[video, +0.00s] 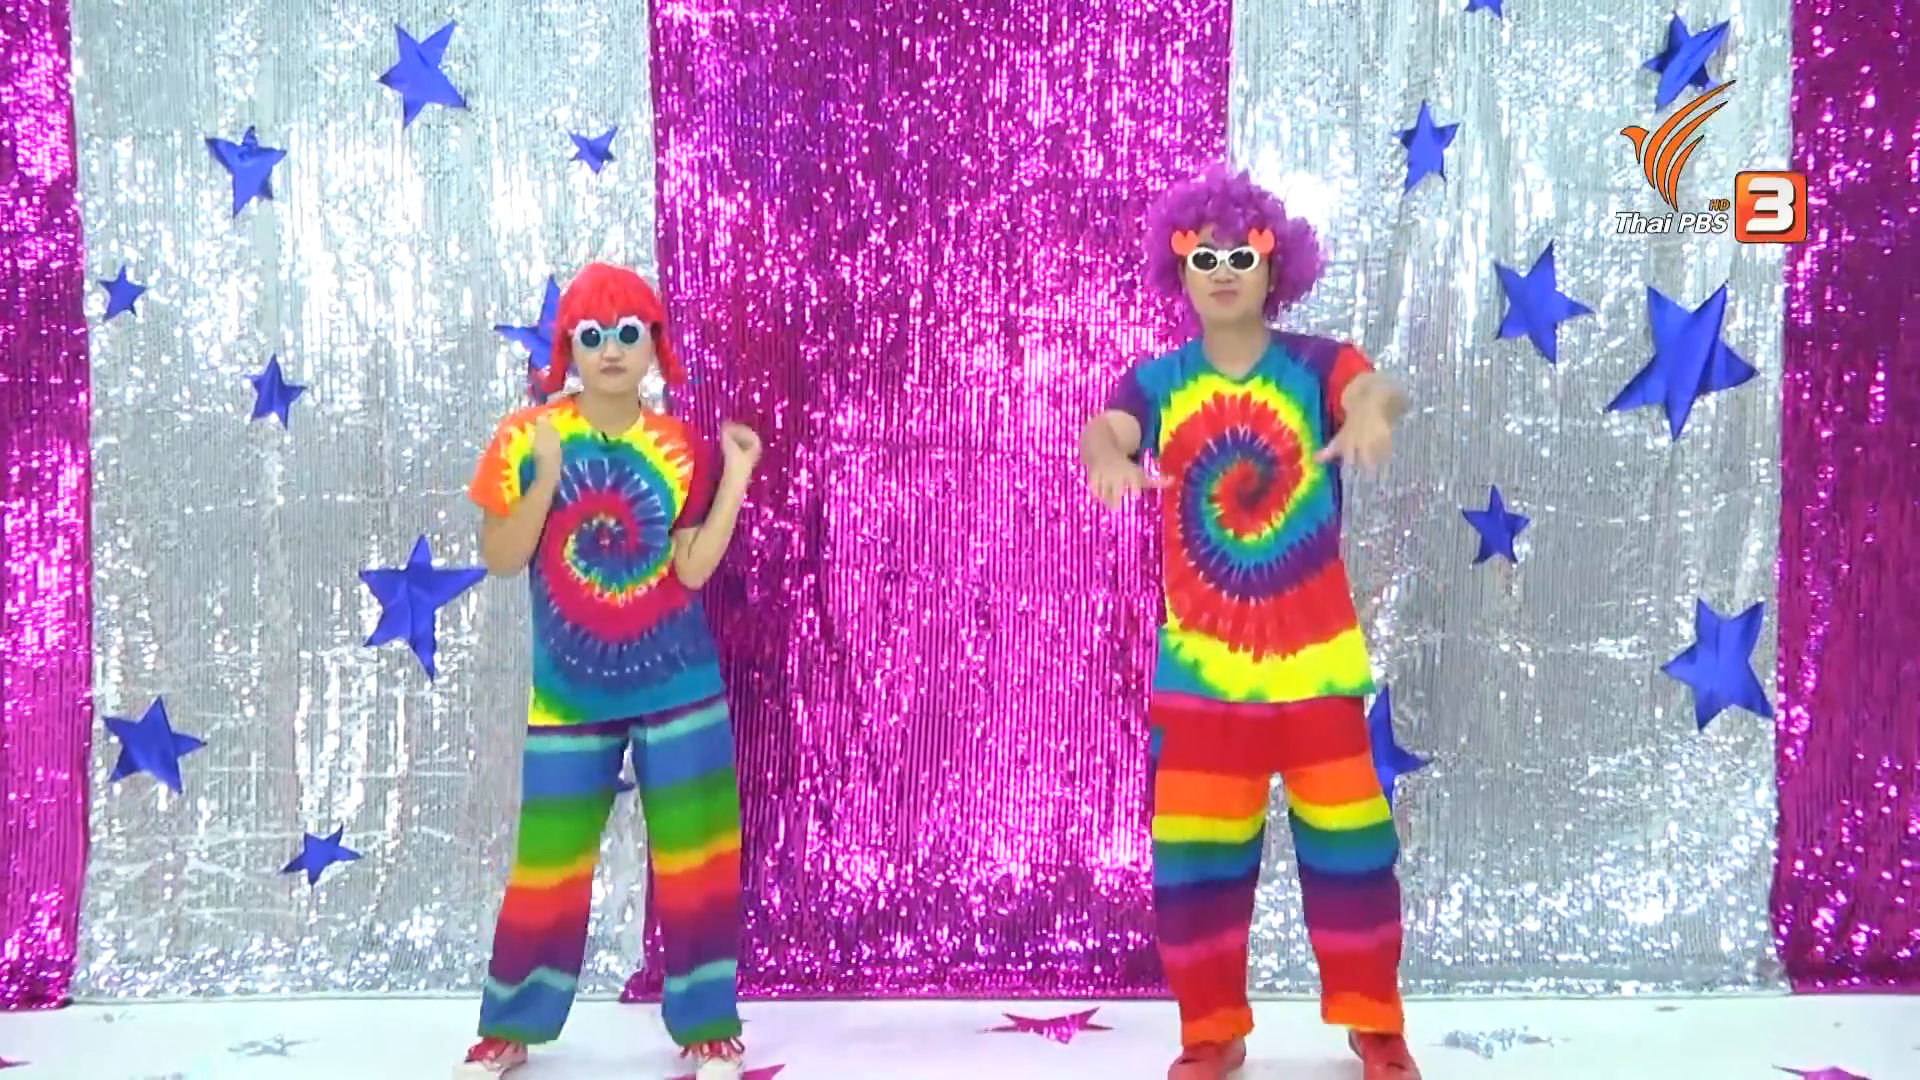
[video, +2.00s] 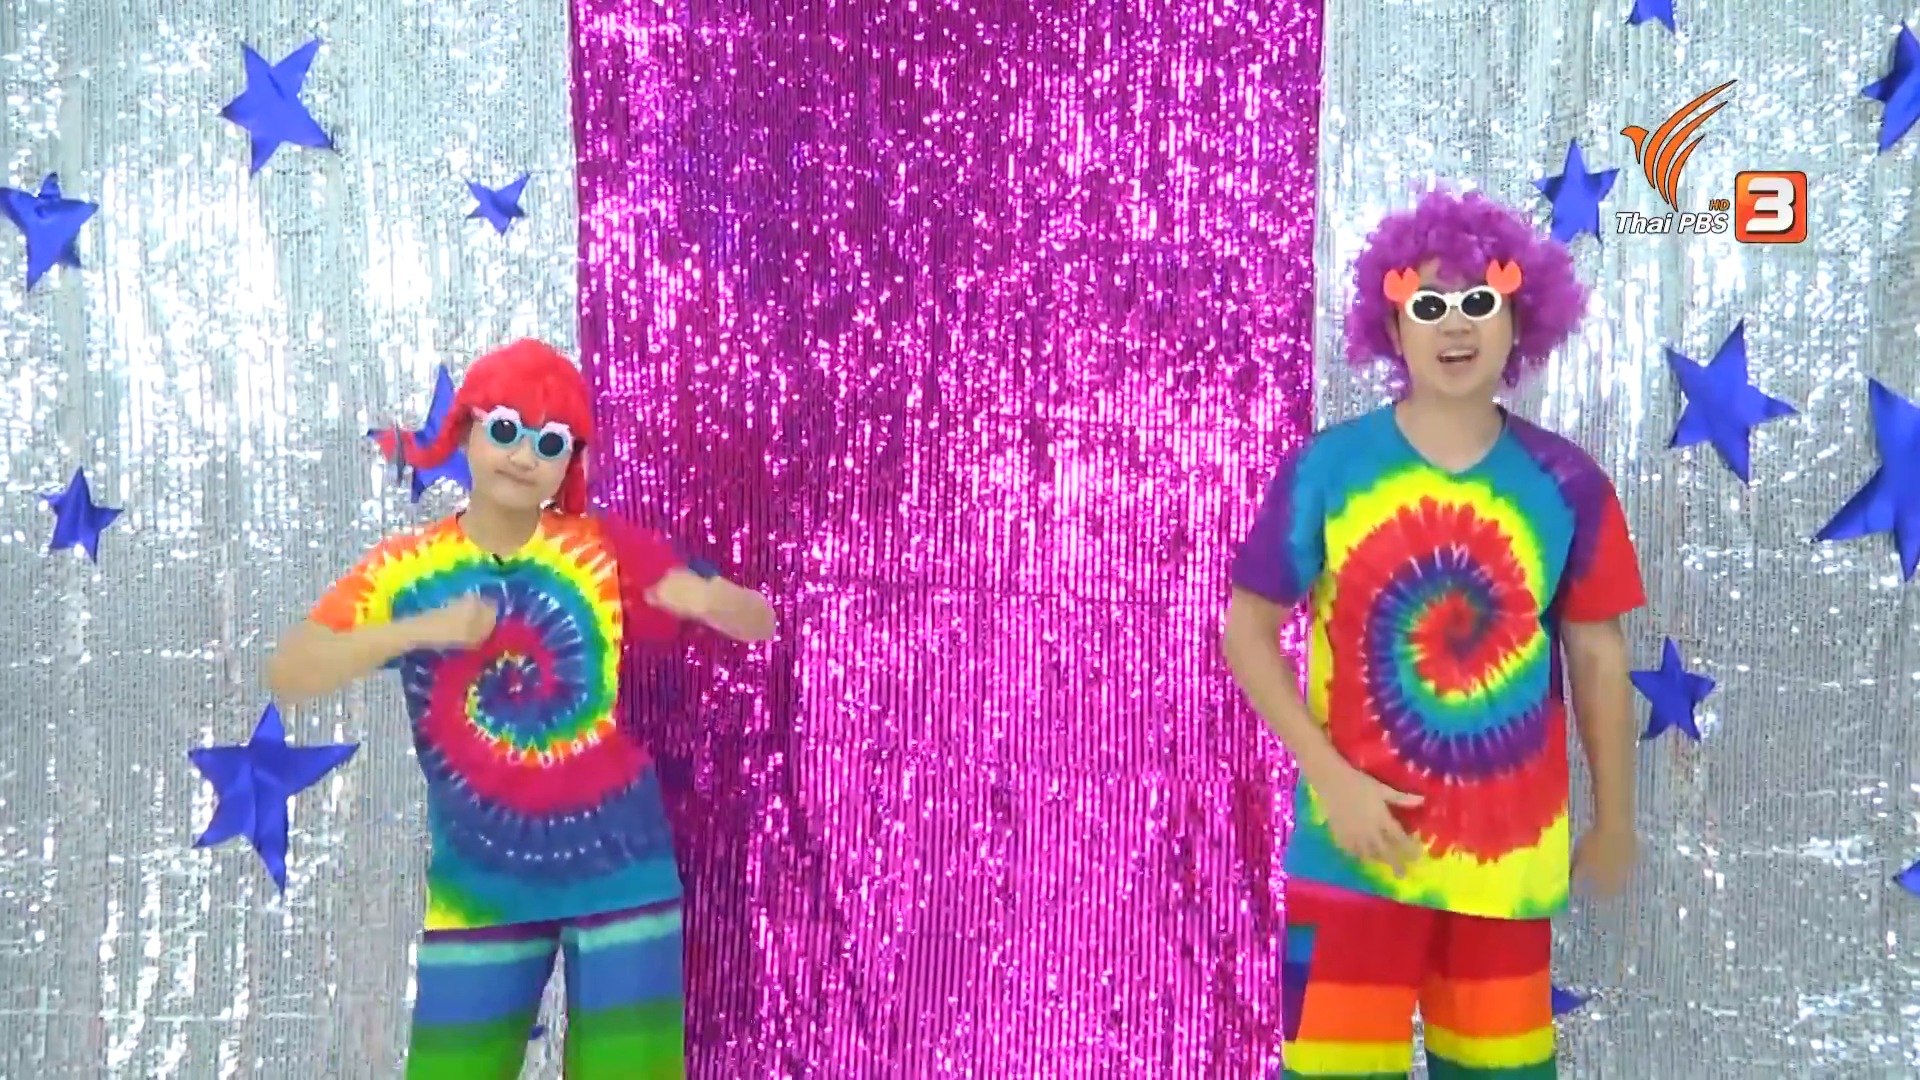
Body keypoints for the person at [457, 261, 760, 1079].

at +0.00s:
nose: (611, 350)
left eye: (628, 334)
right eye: (592, 336)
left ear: (654, 349)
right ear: (567, 353)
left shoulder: (677, 442)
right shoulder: (528, 436)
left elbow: (694, 567)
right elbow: (500, 556)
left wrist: (735, 477)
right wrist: (545, 474)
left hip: (679, 680)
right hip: (571, 687)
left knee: (697, 856)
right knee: (545, 859)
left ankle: (710, 1028)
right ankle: (509, 1030)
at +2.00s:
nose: (525, 455)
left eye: (550, 441)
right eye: (504, 430)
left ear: (571, 464)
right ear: (464, 441)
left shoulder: (609, 550)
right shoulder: (403, 563)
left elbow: (758, 624)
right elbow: (291, 671)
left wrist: (707, 598)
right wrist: (423, 631)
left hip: (621, 875)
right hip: (481, 880)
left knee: (629, 1068)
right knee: (450, 1069)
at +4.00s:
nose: (480, 435)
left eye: (505, 416)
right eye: (456, 413)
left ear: (538, 433)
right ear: (423, 427)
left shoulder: (572, 529)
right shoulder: (369, 536)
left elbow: (704, 569)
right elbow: (244, 608)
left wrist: (641, 572)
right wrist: (301, 545)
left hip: (551, 879)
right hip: (399, 877)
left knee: (563, 1066)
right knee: (371, 1066)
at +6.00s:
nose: (480, 409)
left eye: (503, 385)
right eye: (453, 391)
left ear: (538, 400)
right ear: (426, 413)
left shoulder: (590, 520)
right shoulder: (389, 535)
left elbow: (631, 691)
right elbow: (349, 695)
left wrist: (675, 813)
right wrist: (268, 823)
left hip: (539, 861)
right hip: (391, 854)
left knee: (537, 1065)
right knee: (356, 1063)